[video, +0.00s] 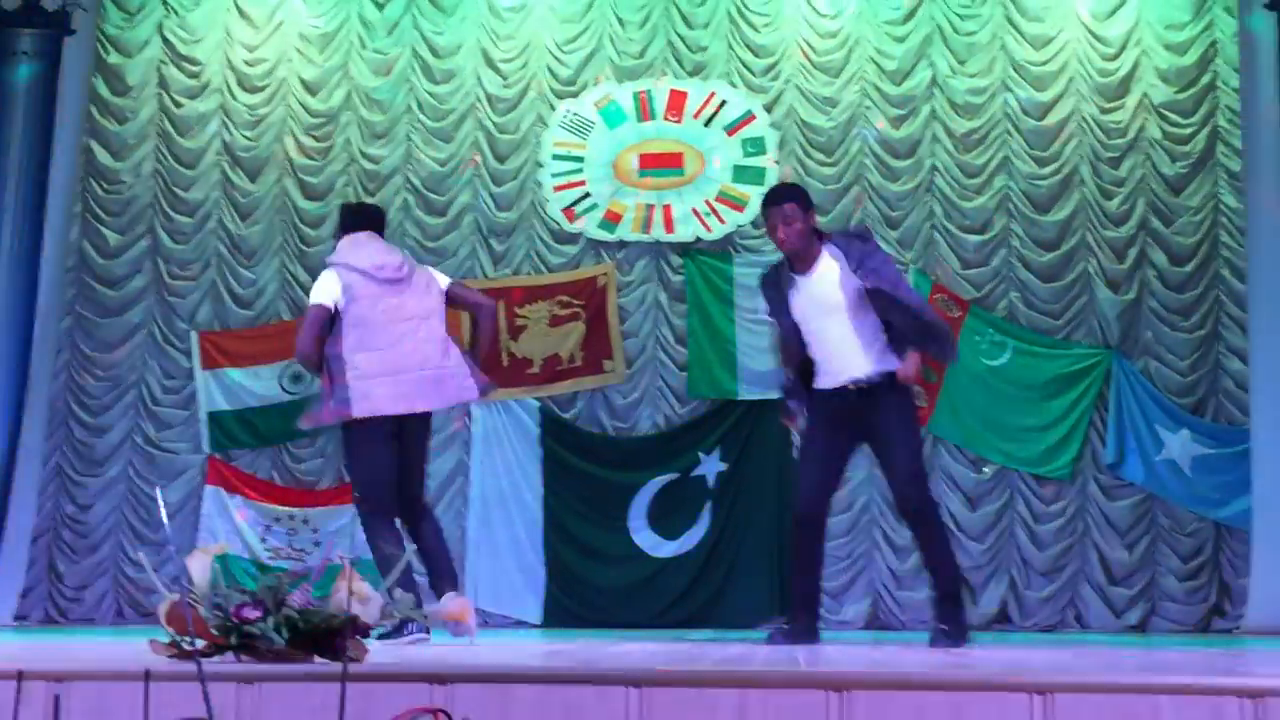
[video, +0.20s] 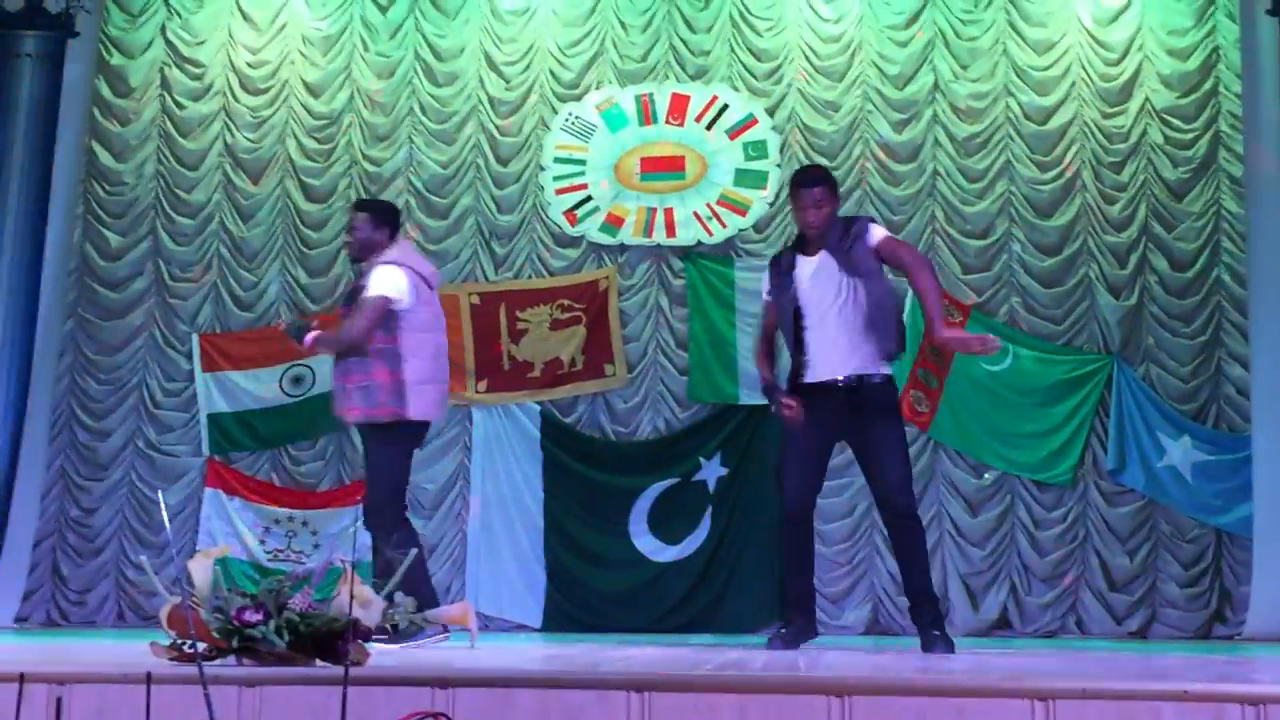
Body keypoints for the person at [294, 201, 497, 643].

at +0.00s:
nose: (336, 242)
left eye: (338, 236)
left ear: (342, 237)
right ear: (381, 235)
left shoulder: (336, 277)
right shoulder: (417, 272)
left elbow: (305, 349)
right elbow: (485, 306)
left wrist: (329, 374)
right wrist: (478, 368)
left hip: (370, 405)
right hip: (419, 401)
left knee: (376, 511)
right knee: (413, 501)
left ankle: (408, 615)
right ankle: (451, 597)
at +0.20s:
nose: (349, 238)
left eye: (357, 231)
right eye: (349, 230)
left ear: (383, 234)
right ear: (382, 235)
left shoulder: (388, 272)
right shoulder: (399, 268)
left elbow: (357, 334)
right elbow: (372, 333)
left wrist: (317, 340)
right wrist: (325, 330)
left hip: (393, 414)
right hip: (397, 413)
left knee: (385, 513)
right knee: (382, 513)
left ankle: (420, 611)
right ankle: (394, 610)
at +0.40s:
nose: (370, 240)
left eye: (380, 233)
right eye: (366, 233)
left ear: (403, 238)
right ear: (361, 239)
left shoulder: (427, 286)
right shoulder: (355, 287)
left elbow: (414, 345)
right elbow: (313, 347)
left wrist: (359, 320)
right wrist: (310, 311)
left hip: (399, 417)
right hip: (353, 414)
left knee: (394, 514)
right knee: (351, 519)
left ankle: (401, 615)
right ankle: (359, 614)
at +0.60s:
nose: (365, 244)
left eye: (374, 238)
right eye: (358, 236)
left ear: (389, 244)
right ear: (348, 241)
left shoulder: (411, 295)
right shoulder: (320, 296)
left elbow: (422, 357)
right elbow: (296, 359)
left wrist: (382, 330)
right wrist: (340, 317)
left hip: (386, 419)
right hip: (334, 420)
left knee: (385, 521)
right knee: (336, 525)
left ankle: (383, 625)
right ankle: (338, 624)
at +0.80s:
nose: (378, 262)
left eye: (386, 256)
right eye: (370, 255)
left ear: (397, 262)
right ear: (357, 261)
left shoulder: (418, 315)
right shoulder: (331, 313)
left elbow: (441, 380)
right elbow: (304, 378)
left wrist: (398, 360)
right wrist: (356, 354)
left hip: (399, 436)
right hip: (349, 436)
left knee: (395, 530)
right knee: (352, 535)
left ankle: (388, 627)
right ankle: (355, 627)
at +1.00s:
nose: (390, 291)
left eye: (399, 285)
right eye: (383, 284)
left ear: (412, 292)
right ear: (371, 290)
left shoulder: (433, 343)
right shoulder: (345, 343)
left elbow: (456, 413)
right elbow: (313, 408)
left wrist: (411, 395)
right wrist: (363, 393)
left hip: (412, 467)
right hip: (361, 468)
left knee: (411, 566)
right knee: (367, 569)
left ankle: (407, 656)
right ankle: (371, 657)